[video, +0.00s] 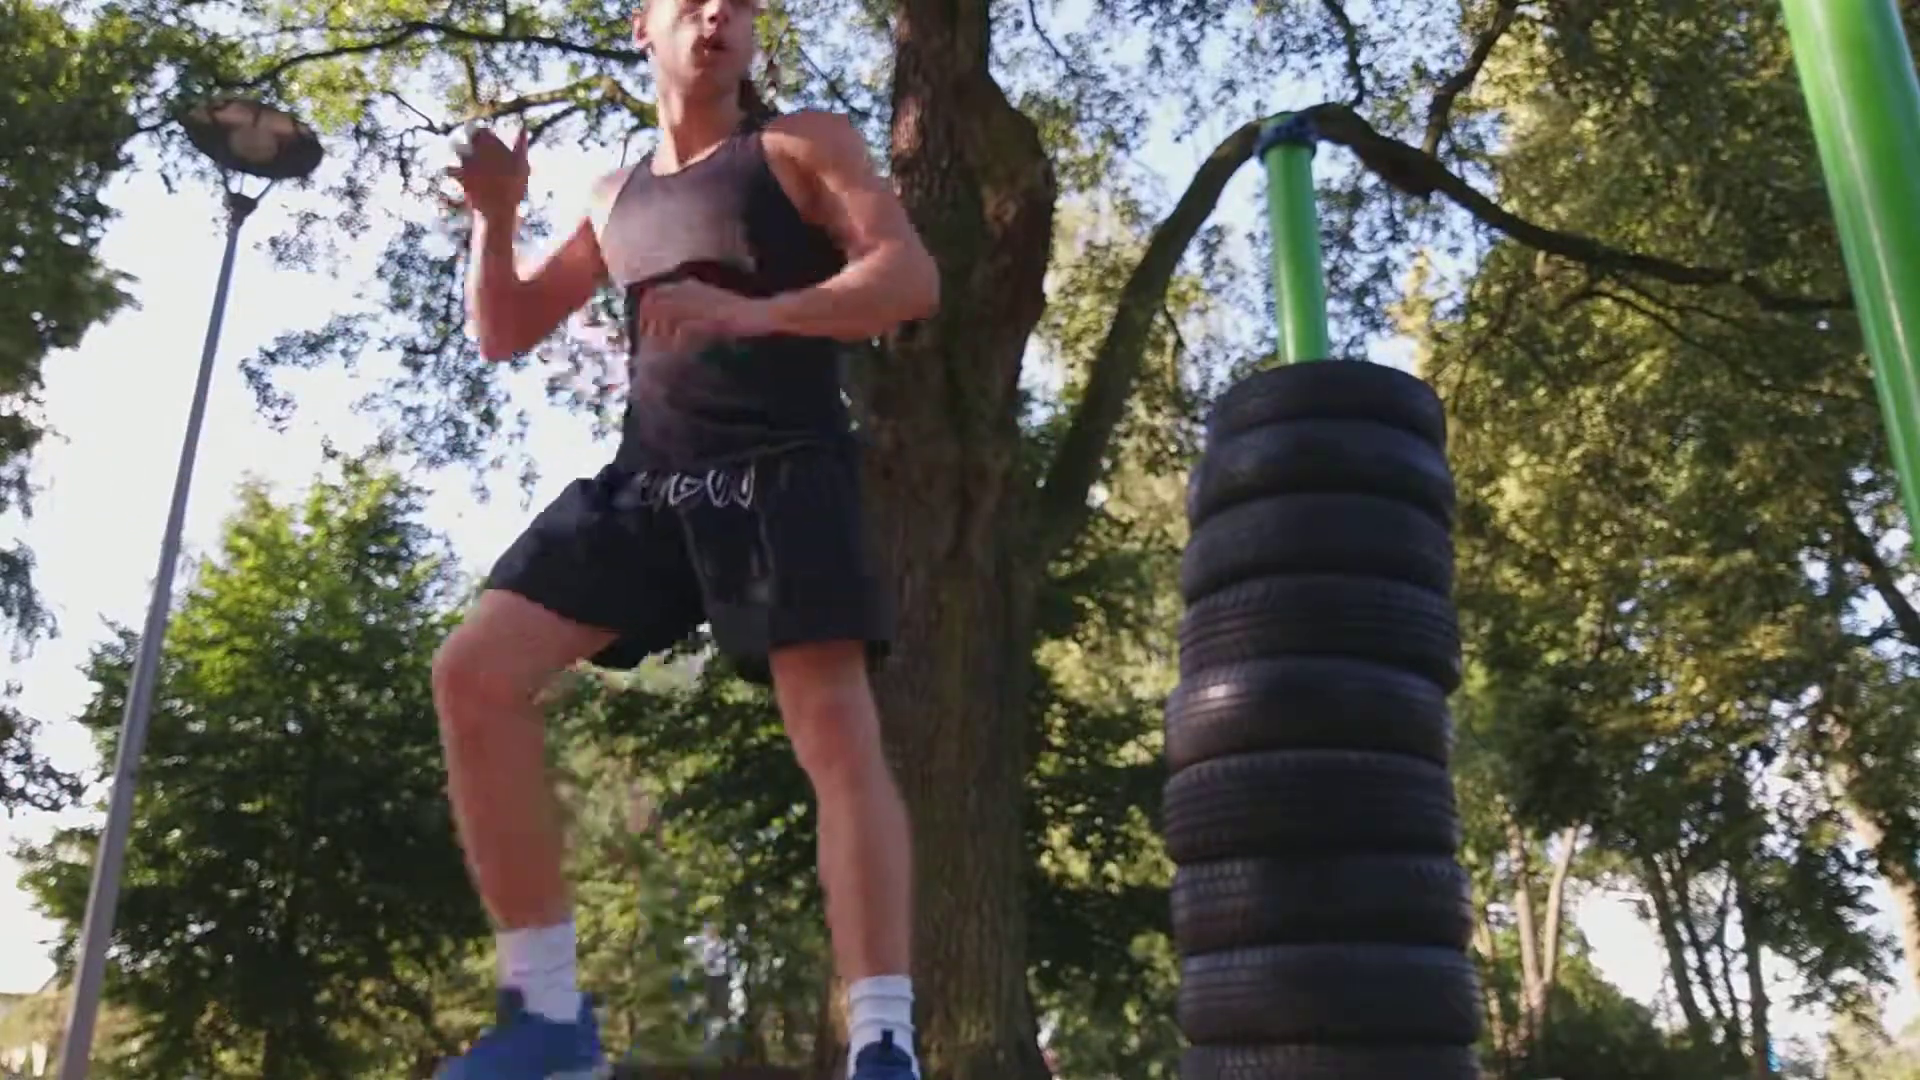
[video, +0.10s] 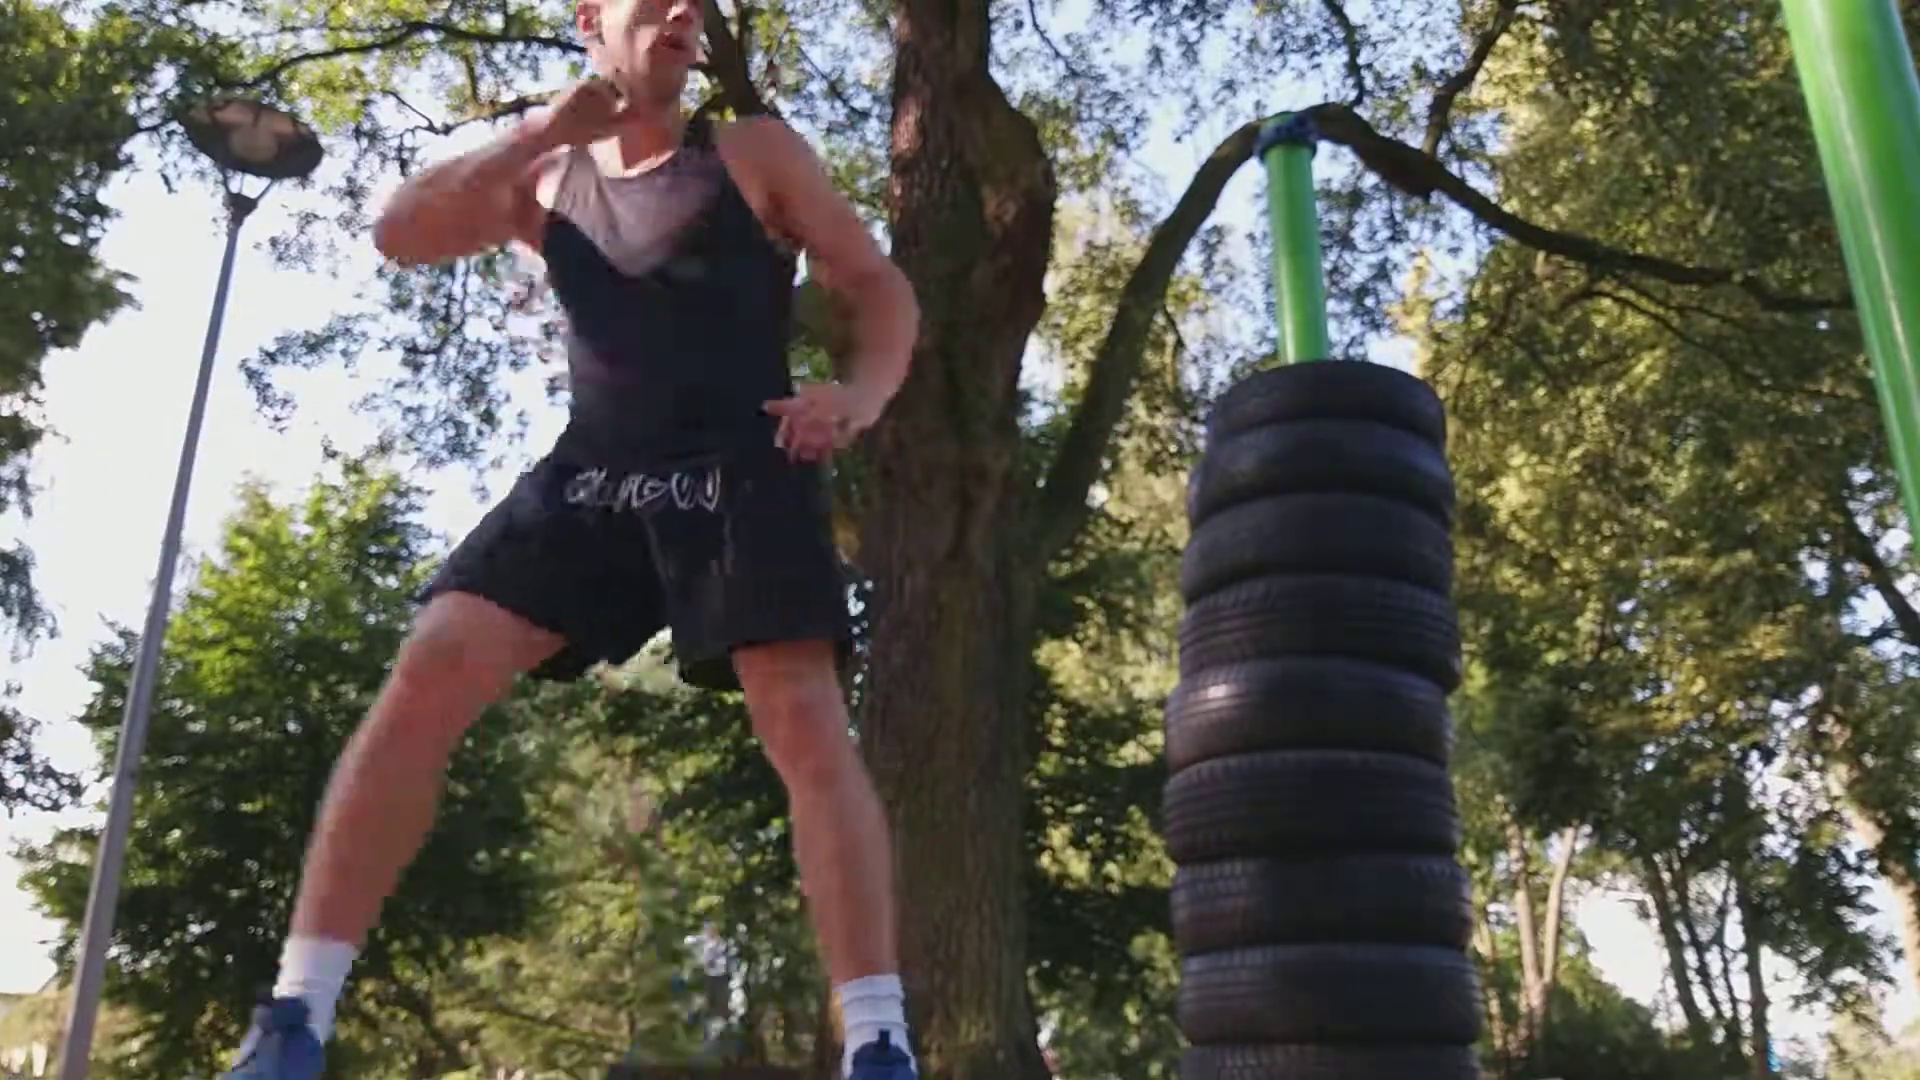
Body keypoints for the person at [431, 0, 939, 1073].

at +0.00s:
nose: (716, 16)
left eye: (736, 5)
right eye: (691, 1)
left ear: (755, 35)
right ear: (646, 29)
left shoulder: (806, 140)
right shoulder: (620, 193)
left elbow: (909, 277)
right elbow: (504, 329)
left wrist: (756, 312)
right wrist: (495, 216)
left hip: (783, 485)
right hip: (645, 490)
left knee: (836, 738)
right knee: (476, 674)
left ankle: (881, 1044)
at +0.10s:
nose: (687, 19)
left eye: (699, 8)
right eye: (658, 3)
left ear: (707, 37)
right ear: (595, 22)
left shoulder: (762, 151)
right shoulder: (539, 175)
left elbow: (883, 293)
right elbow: (399, 229)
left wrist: (863, 391)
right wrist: (537, 130)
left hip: (744, 482)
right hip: (591, 486)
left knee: (804, 723)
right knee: (435, 660)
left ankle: (877, 1048)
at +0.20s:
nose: (662, 25)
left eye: (668, 10)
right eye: (638, 2)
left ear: (666, 35)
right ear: (555, 11)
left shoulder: (699, 169)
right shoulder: (493, 133)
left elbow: (781, 313)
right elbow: (398, 154)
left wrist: (817, 349)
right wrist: (590, 143)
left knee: (745, 706)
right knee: (375, 685)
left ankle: (848, 1036)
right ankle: (267, 1044)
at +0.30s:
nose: (661, 44)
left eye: (662, 26)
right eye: (647, 18)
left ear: (578, 26)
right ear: (569, 13)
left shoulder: (616, 208)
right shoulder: (445, 88)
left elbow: (657, 370)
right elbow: (398, 149)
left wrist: (721, 334)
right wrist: (602, 201)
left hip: (600, 490)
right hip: (454, 464)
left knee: (693, 710)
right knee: (353, 689)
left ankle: (685, 1039)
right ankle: (247, 1036)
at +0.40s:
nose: (633, 94)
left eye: (637, 72)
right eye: (627, 63)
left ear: (566, 51)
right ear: (562, 40)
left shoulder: (556, 224)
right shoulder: (427, 79)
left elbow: (545, 394)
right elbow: (374, 161)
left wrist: (637, 334)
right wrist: (537, 271)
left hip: (538, 491)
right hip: (417, 454)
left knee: (630, 738)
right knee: (349, 677)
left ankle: (506, 1040)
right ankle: (232, 1035)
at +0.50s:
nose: (600, 148)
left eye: (604, 127)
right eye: (595, 119)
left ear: (537, 109)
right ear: (537, 96)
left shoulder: (498, 246)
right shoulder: (421, 111)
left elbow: (485, 420)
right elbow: (354, 204)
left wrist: (582, 385)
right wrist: (506, 349)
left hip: (480, 519)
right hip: (385, 479)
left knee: (532, 777)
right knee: (333, 703)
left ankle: (362, 1035)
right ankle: (226, 1040)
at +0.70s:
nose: (571, 226)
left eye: (574, 209)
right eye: (564, 201)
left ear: (508, 192)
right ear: (507, 179)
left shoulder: (460, 317)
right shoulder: (397, 206)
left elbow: (427, 481)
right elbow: (302, 313)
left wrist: (521, 459)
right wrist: (471, 399)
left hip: (388, 570)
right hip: (304, 528)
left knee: (353, 819)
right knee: (253, 732)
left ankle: (240, 1041)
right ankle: (202, 1019)